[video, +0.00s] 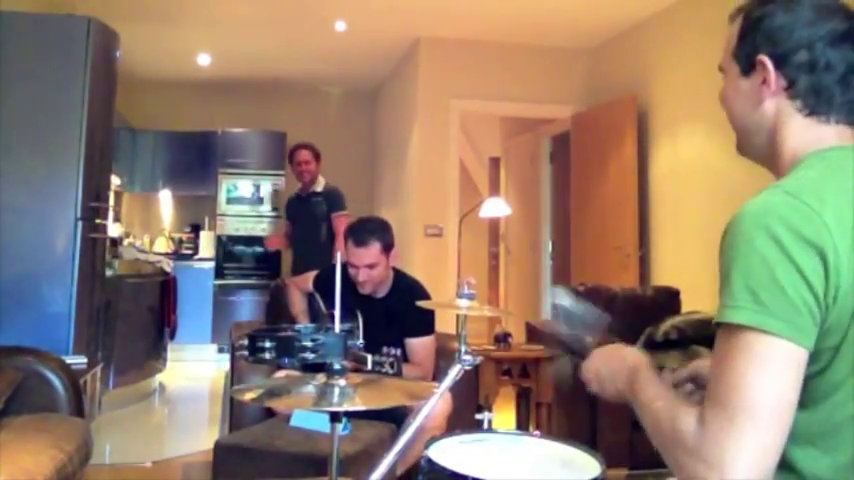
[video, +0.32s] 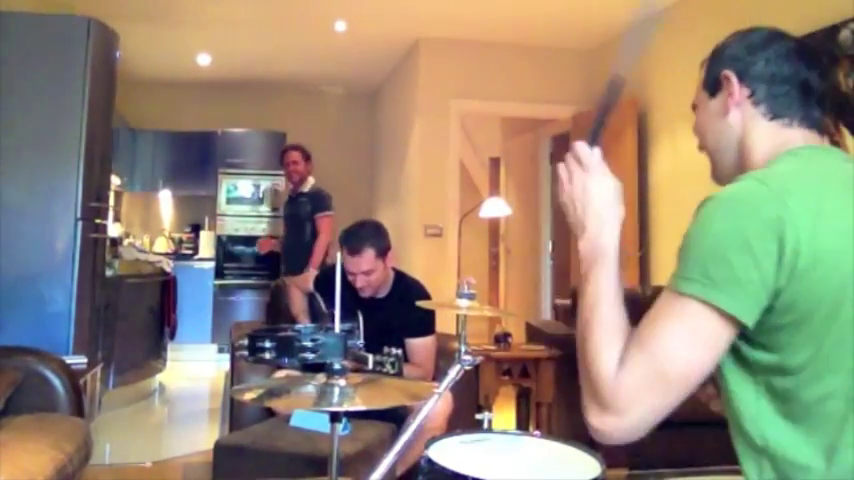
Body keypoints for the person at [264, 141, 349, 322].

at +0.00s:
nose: (303, 169)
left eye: (307, 163)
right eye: (298, 164)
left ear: (318, 164)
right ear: (292, 168)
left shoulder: (331, 195)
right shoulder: (292, 202)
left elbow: (341, 234)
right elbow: (290, 236)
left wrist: (338, 268)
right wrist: (278, 241)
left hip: (326, 272)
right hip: (298, 275)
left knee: (328, 324)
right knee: (302, 326)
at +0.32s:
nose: (291, 169)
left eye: (296, 163)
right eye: (287, 165)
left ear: (308, 165)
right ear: (283, 169)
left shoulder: (319, 197)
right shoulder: (289, 201)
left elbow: (325, 235)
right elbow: (292, 242)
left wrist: (311, 271)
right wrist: (274, 245)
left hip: (306, 273)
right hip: (288, 273)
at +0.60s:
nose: (277, 172)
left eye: (281, 167)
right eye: (276, 168)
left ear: (296, 166)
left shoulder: (307, 196)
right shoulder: (290, 196)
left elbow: (312, 233)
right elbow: (291, 238)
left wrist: (299, 269)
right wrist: (271, 245)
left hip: (295, 274)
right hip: (281, 272)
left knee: (297, 325)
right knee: (280, 324)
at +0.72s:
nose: (268, 174)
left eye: (271, 168)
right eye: (269, 168)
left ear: (281, 169)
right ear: (284, 169)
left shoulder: (299, 197)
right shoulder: (287, 197)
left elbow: (303, 235)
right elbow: (289, 237)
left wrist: (291, 271)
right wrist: (270, 244)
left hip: (291, 277)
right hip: (279, 274)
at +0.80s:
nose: (266, 174)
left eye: (268, 168)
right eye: (266, 168)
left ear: (277, 169)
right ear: (284, 169)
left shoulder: (293, 197)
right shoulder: (284, 197)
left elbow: (297, 236)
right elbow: (287, 236)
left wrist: (286, 272)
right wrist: (268, 244)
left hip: (290, 278)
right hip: (279, 275)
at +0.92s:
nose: (259, 173)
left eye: (260, 168)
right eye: (259, 168)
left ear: (267, 169)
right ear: (283, 167)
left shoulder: (282, 195)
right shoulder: (290, 194)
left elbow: (283, 239)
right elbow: (288, 239)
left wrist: (271, 278)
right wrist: (263, 245)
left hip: (280, 280)